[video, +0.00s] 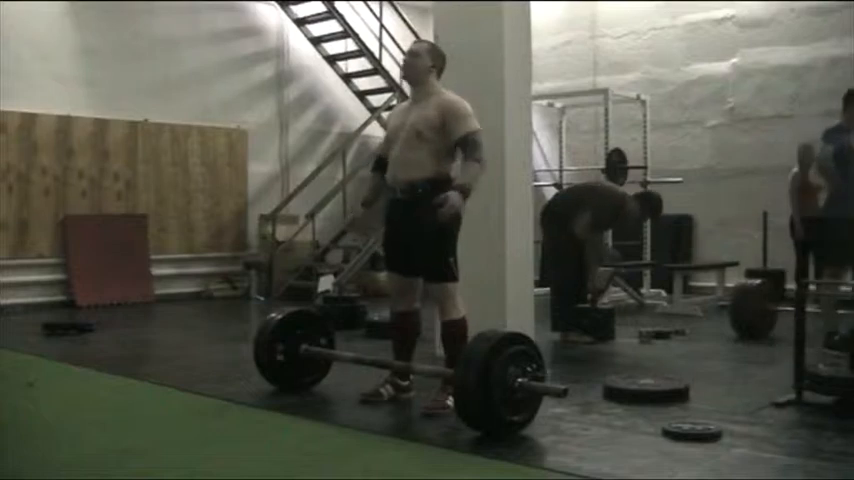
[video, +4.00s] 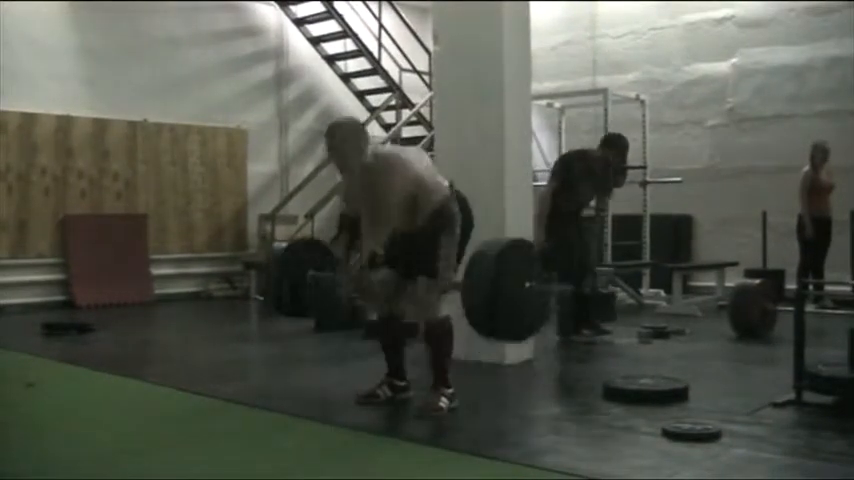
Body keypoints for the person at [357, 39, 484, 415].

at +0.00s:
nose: (405, 60)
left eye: (413, 55)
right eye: (405, 55)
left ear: (433, 66)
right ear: (407, 65)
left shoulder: (452, 107)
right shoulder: (398, 114)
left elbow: (475, 155)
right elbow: (381, 165)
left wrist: (460, 192)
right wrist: (365, 207)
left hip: (436, 201)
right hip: (399, 203)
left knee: (444, 294)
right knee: (401, 292)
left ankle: (451, 386)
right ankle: (400, 379)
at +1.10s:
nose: (388, 80)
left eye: (393, 73)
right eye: (385, 75)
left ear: (413, 68)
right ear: (385, 75)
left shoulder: (443, 109)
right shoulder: (389, 116)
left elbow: (465, 164)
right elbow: (380, 167)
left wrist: (459, 214)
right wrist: (364, 159)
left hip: (435, 199)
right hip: (399, 202)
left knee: (443, 294)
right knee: (401, 293)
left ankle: (453, 386)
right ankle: (400, 379)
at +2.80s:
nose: (375, 94)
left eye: (378, 85)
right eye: (370, 88)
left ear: (396, 75)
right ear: (371, 87)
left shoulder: (436, 111)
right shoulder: (382, 122)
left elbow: (463, 160)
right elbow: (368, 169)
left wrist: (463, 214)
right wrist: (357, 211)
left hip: (438, 202)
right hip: (401, 204)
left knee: (441, 295)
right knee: (394, 291)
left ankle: (453, 387)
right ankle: (398, 380)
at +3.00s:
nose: (351, 117)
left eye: (353, 108)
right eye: (347, 112)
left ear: (371, 96)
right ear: (349, 110)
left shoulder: (421, 122)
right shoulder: (368, 141)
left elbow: (448, 175)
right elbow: (361, 197)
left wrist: (452, 227)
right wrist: (355, 249)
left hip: (438, 213)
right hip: (402, 217)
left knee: (439, 299)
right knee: (395, 297)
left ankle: (451, 386)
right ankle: (399, 379)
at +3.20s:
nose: (342, 167)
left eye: (342, 158)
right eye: (337, 161)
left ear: (358, 148)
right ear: (344, 156)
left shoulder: (408, 168)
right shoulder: (361, 179)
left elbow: (433, 224)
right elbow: (355, 232)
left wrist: (443, 274)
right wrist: (352, 274)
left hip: (449, 233)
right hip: (406, 237)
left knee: (430, 307)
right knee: (382, 300)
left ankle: (446, 388)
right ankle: (398, 379)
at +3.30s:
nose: (345, 201)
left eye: (346, 194)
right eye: (341, 196)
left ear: (361, 185)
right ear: (341, 193)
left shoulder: (412, 208)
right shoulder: (355, 207)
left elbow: (433, 264)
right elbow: (350, 262)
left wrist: (442, 316)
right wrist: (342, 318)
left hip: (449, 256)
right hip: (404, 258)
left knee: (415, 314)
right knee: (373, 305)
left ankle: (446, 387)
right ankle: (398, 380)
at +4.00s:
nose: (332, 158)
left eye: (336, 150)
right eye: (330, 151)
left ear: (357, 146)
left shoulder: (394, 166)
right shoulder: (355, 177)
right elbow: (355, 224)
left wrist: (447, 270)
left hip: (441, 221)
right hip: (404, 230)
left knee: (430, 302)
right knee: (386, 300)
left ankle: (443, 388)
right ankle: (396, 379)